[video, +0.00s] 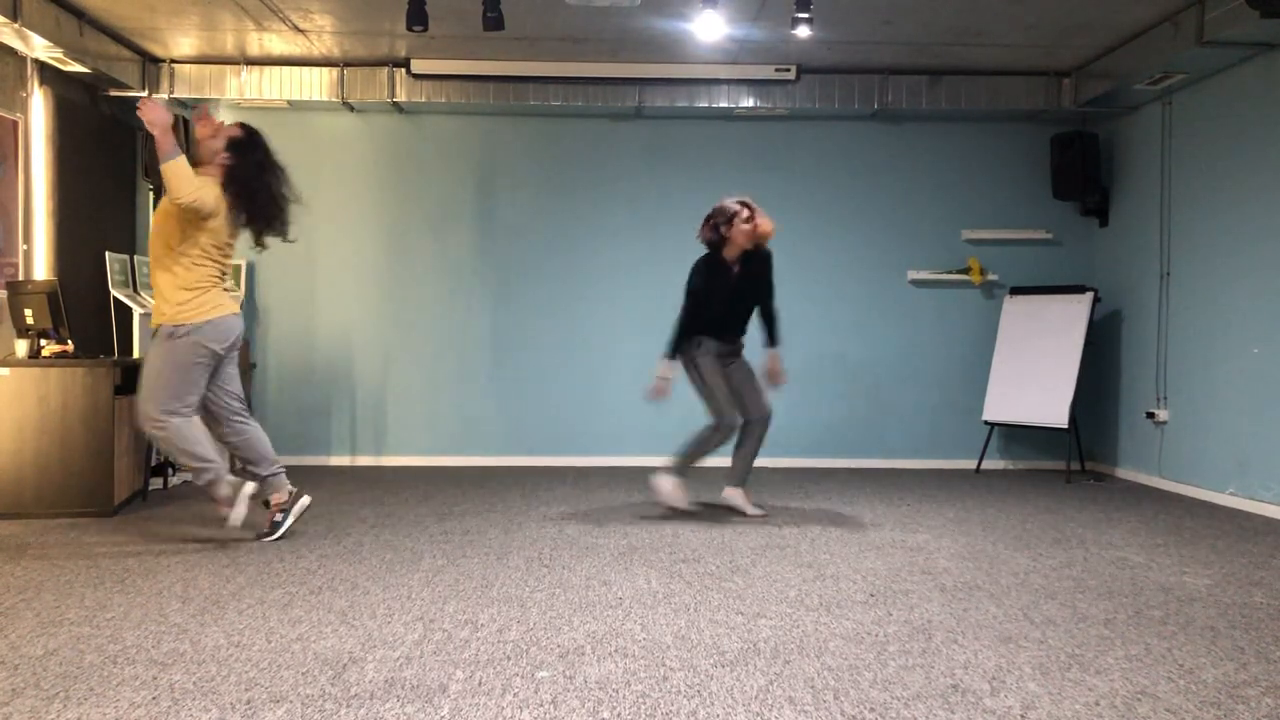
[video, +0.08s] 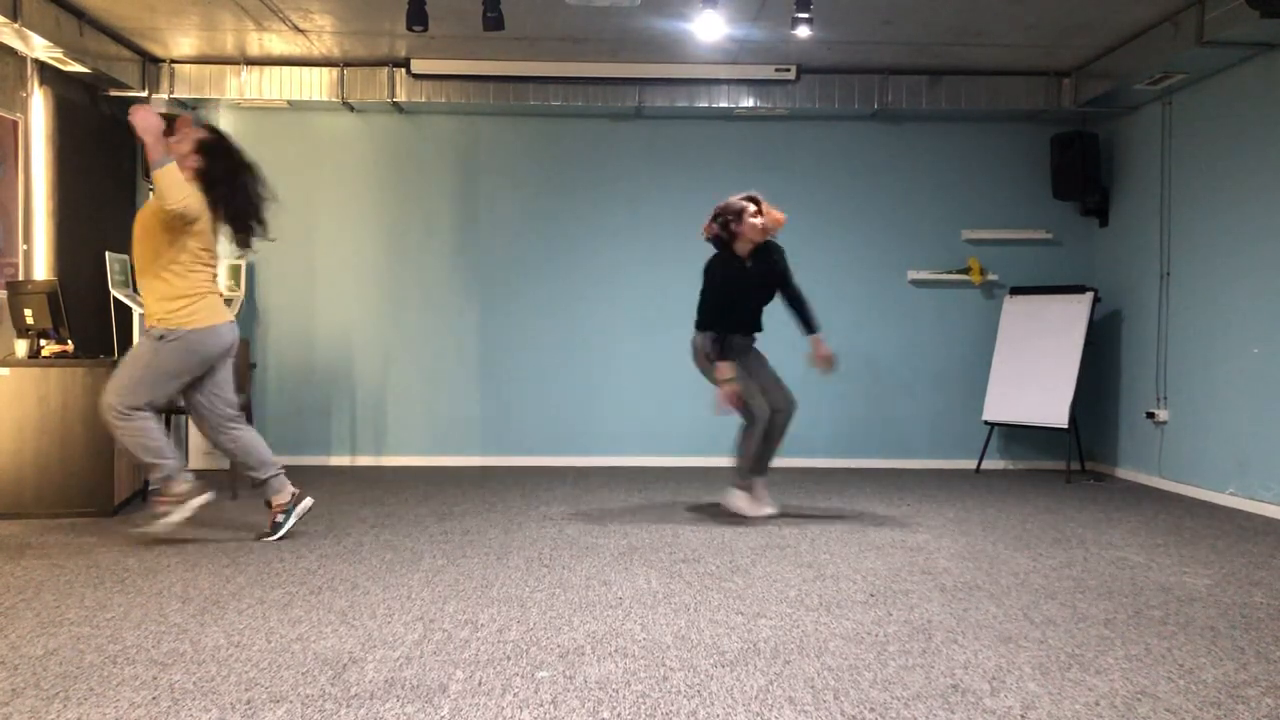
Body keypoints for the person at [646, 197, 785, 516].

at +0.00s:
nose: (755, 226)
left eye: (754, 220)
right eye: (747, 222)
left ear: (753, 227)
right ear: (727, 230)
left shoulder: (760, 258)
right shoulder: (706, 267)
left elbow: (766, 306)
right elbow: (687, 317)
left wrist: (773, 353)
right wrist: (666, 367)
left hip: (730, 351)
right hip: (698, 350)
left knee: (758, 415)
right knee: (728, 420)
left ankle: (734, 488)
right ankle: (670, 474)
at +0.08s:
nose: (761, 219)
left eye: (760, 213)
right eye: (753, 216)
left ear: (761, 220)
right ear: (735, 228)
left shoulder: (771, 255)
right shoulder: (720, 266)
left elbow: (791, 295)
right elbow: (710, 323)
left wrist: (815, 339)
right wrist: (725, 376)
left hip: (742, 345)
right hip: (712, 346)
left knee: (782, 406)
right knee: (758, 411)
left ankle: (754, 481)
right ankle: (740, 488)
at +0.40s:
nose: (811, 237)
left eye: (807, 231)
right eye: (802, 234)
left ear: (789, 245)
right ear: (785, 246)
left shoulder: (801, 268)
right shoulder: (788, 273)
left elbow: (850, 271)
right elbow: (843, 279)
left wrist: (904, 276)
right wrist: (902, 283)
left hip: (765, 358)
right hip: (751, 361)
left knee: (828, 410)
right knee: (817, 420)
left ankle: (831, 499)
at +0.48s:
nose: (812, 241)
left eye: (808, 235)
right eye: (803, 238)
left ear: (789, 250)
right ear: (786, 250)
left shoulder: (795, 272)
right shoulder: (787, 276)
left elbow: (844, 274)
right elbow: (841, 278)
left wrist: (901, 273)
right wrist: (901, 275)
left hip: (761, 358)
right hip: (752, 361)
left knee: (826, 405)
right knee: (814, 421)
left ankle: (807, 479)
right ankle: (837, 504)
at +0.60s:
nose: (802, 241)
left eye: (798, 235)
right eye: (794, 237)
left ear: (777, 247)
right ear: (776, 247)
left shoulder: (777, 271)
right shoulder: (774, 272)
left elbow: (830, 271)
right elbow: (828, 273)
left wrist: (889, 272)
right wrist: (888, 273)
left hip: (739, 357)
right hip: (733, 359)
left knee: (796, 416)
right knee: (798, 414)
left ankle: (784, 495)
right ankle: (806, 495)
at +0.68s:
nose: (796, 241)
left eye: (792, 235)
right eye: (788, 237)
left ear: (771, 248)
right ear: (769, 246)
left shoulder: (772, 270)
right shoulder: (765, 271)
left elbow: (825, 269)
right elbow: (821, 274)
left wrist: (880, 271)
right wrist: (881, 276)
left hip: (730, 352)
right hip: (718, 353)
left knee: (786, 408)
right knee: (781, 409)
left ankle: (781, 491)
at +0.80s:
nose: (778, 248)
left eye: (775, 242)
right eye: (771, 244)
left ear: (750, 251)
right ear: (753, 251)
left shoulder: (749, 272)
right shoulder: (744, 275)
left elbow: (800, 275)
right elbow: (799, 279)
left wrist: (855, 277)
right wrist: (860, 280)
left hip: (694, 346)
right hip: (685, 348)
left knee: (745, 404)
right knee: (737, 411)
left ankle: (715, 472)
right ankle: (725, 491)